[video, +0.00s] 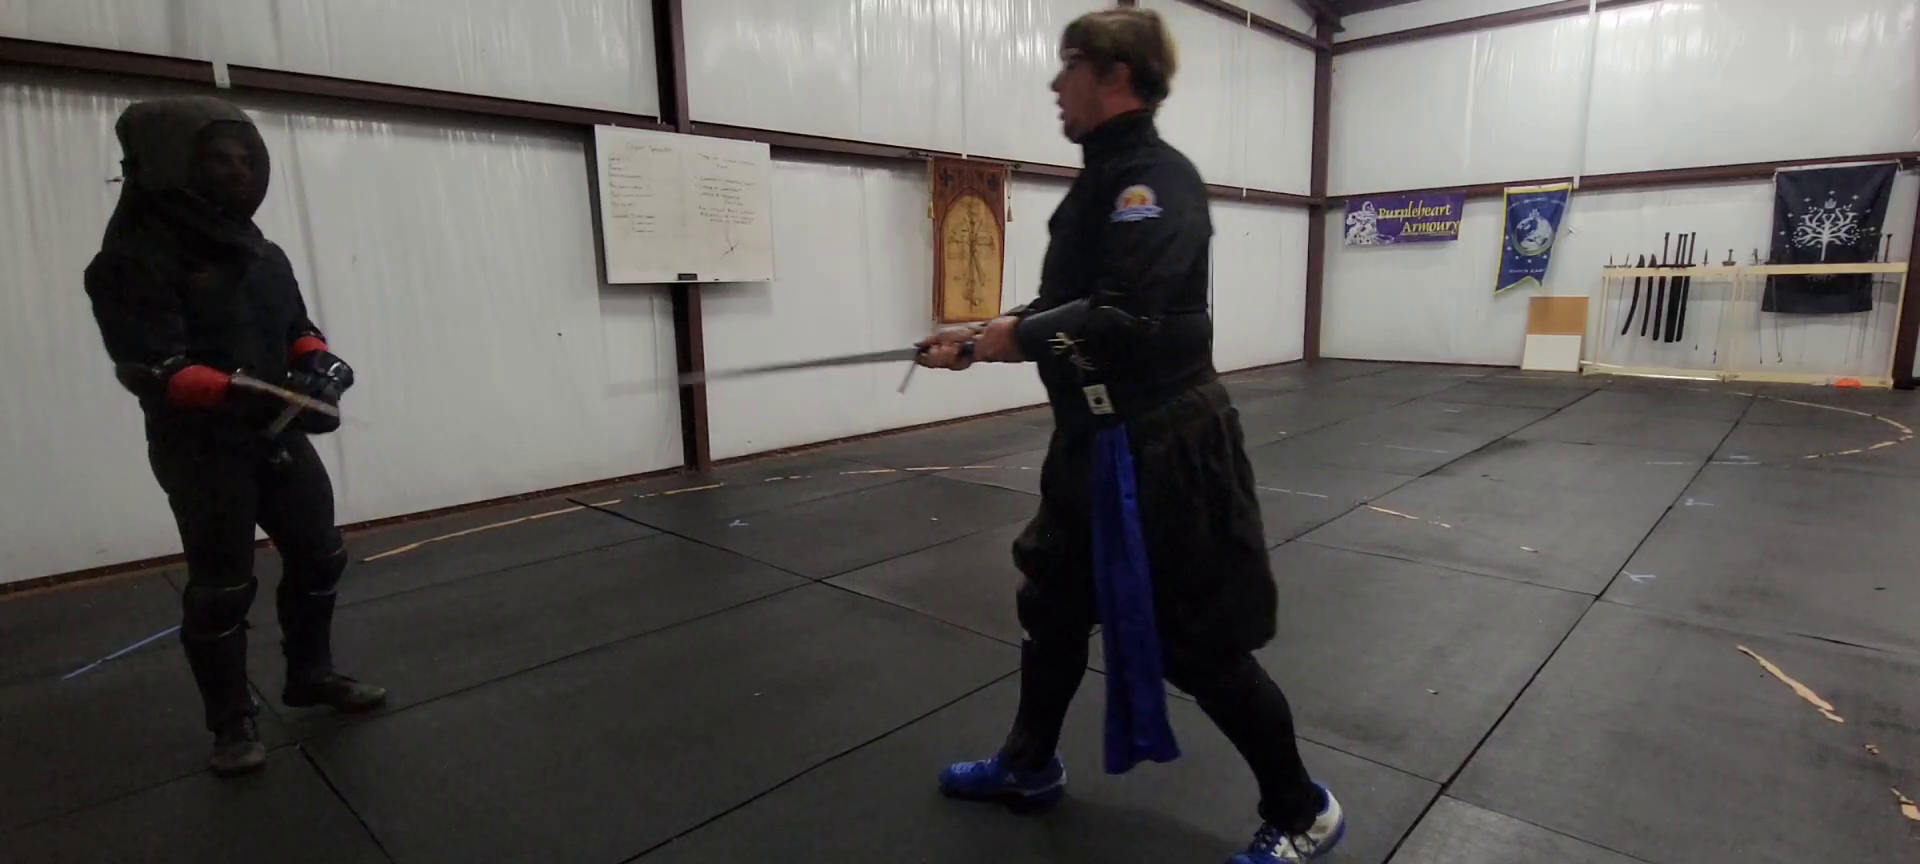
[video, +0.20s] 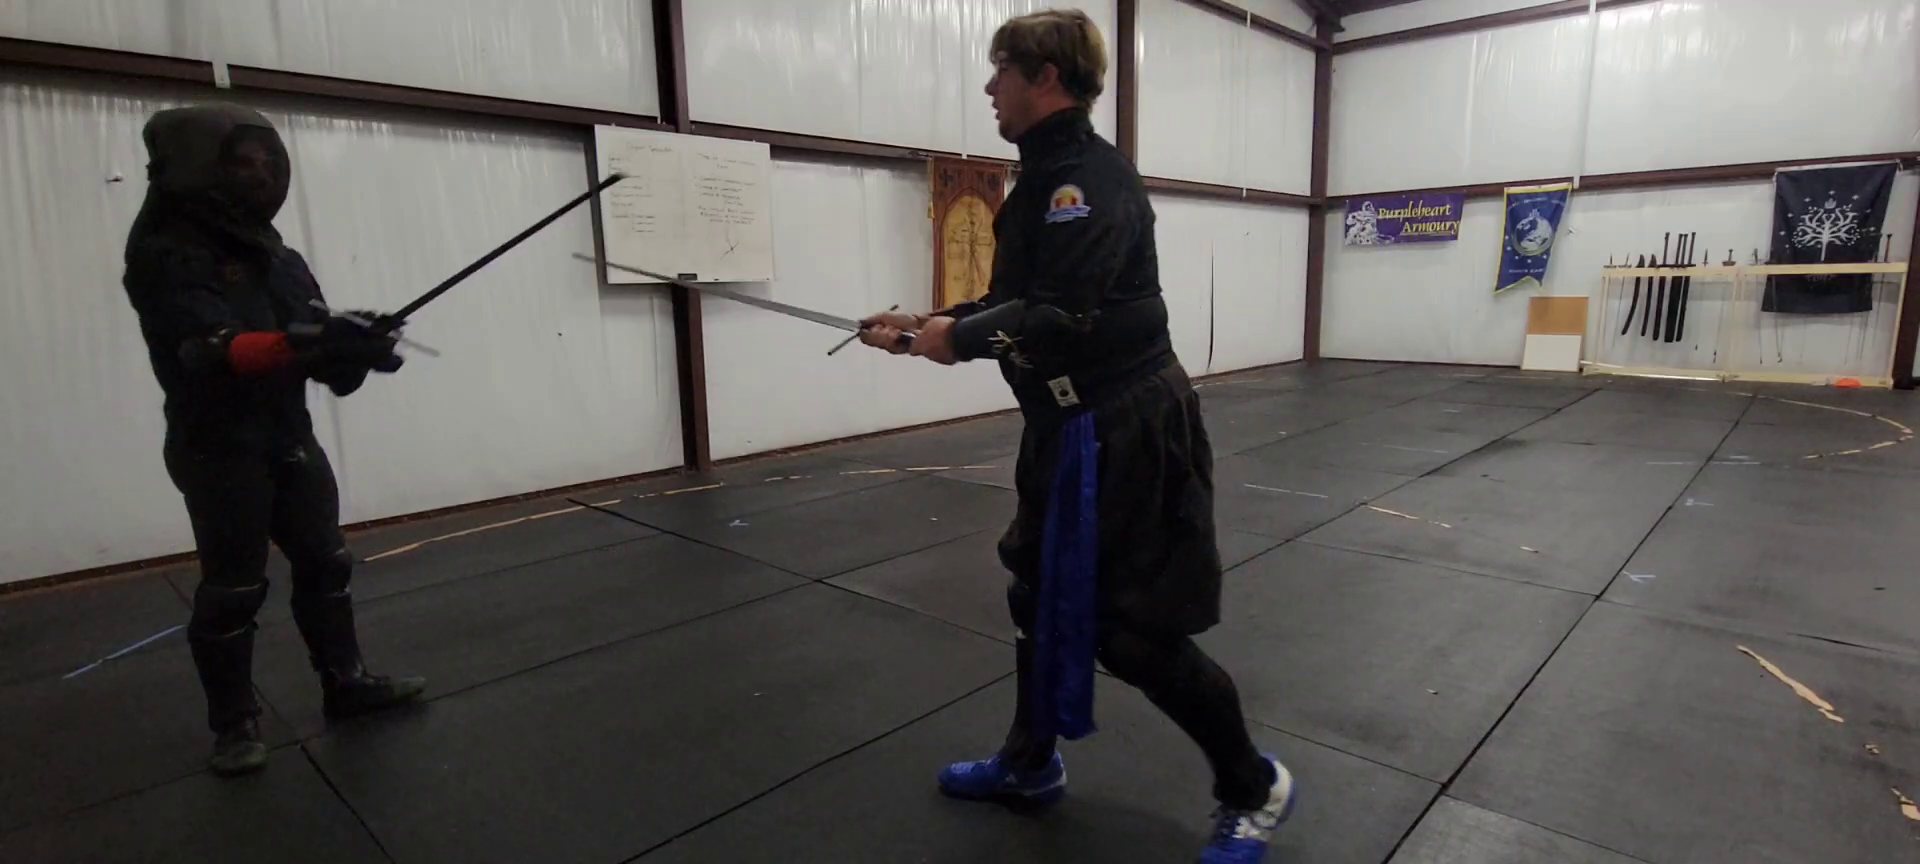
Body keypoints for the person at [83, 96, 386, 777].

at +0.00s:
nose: (239, 172)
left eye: (249, 159)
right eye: (220, 160)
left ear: (264, 169)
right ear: (181, 170)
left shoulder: (261, 253)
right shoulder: (134, 259)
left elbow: (294, 329)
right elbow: (146, 364)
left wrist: (316, 363)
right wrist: (228, 390)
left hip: (276, 428)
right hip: (198, 442)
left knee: (317, 550)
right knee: (221, 581)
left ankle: (310, 676)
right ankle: (232, 721)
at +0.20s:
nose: (260, 176)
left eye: (269, 164)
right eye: (243, 164)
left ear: (283, 171)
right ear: (208, 172)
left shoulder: (278, 256)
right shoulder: (166, 252)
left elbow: (314, 358)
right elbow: (200, 352)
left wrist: (352, 349)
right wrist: (307, 348)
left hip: (288, 435)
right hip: (215, 448)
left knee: (324, 560)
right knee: (232, 586)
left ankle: (345, 684)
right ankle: (234, 724)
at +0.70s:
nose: (333, 183)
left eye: (340, 173)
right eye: (318, 170)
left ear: (350, 183)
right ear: (283, 177)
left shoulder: (346, 260)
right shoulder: (253, 249)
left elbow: (395, 343)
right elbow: (298, 323)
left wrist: (431, 323)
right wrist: (394, 319)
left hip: (366, 436)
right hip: (308, 442)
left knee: (365, 569)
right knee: (359, 575)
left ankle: (358, 684)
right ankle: (347, 728)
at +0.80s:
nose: (343, 184)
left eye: (352, 172)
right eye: (328, 170)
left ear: (363, 181)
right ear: (293, 177)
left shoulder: (350, 258)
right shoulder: (263, 250)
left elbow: (396, 340)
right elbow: (313, 324)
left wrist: (440, 326)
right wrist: (410, 316)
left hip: (373, 436)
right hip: (319, 444)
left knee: (359, 569)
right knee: (376, 579)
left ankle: (349, 688)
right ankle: (398, 723)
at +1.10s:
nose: (368, 182)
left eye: (372, 169)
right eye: (354, 169)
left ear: (375, 177)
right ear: (321, 177)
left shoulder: (366, 248)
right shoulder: (292, 252)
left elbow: (407, 328)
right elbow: (353, 330)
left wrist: (469, 328)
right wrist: (460, 319)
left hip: (388, 443)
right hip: (349, 449)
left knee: (368, 570)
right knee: (416, 583)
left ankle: (352, 688)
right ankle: (414, 728)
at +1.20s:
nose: (365, 179)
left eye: (373, 166)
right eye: (347, 168)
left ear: (385, 174)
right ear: (313, 180)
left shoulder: (376, 251)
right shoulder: (297, 257)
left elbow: (415, 323)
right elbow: (361, 328)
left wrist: (485, 324)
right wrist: (469, 324)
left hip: (392, 445)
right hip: (352, 451)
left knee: (369, 574)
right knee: (423, 584)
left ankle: (351, 688)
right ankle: (415, 728)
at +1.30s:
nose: (367, 180)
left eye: (375, 166)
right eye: (348, 169)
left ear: (388, 175)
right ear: (312, 181)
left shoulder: (379, 252)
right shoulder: (301, 259)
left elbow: (419, 332)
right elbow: (373, 330)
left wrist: (488, 334)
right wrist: (484, 318)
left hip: (393, 445)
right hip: (355, 451)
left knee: (367, 574)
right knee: (430, 585)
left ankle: (350, 689)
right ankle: (414, 729)